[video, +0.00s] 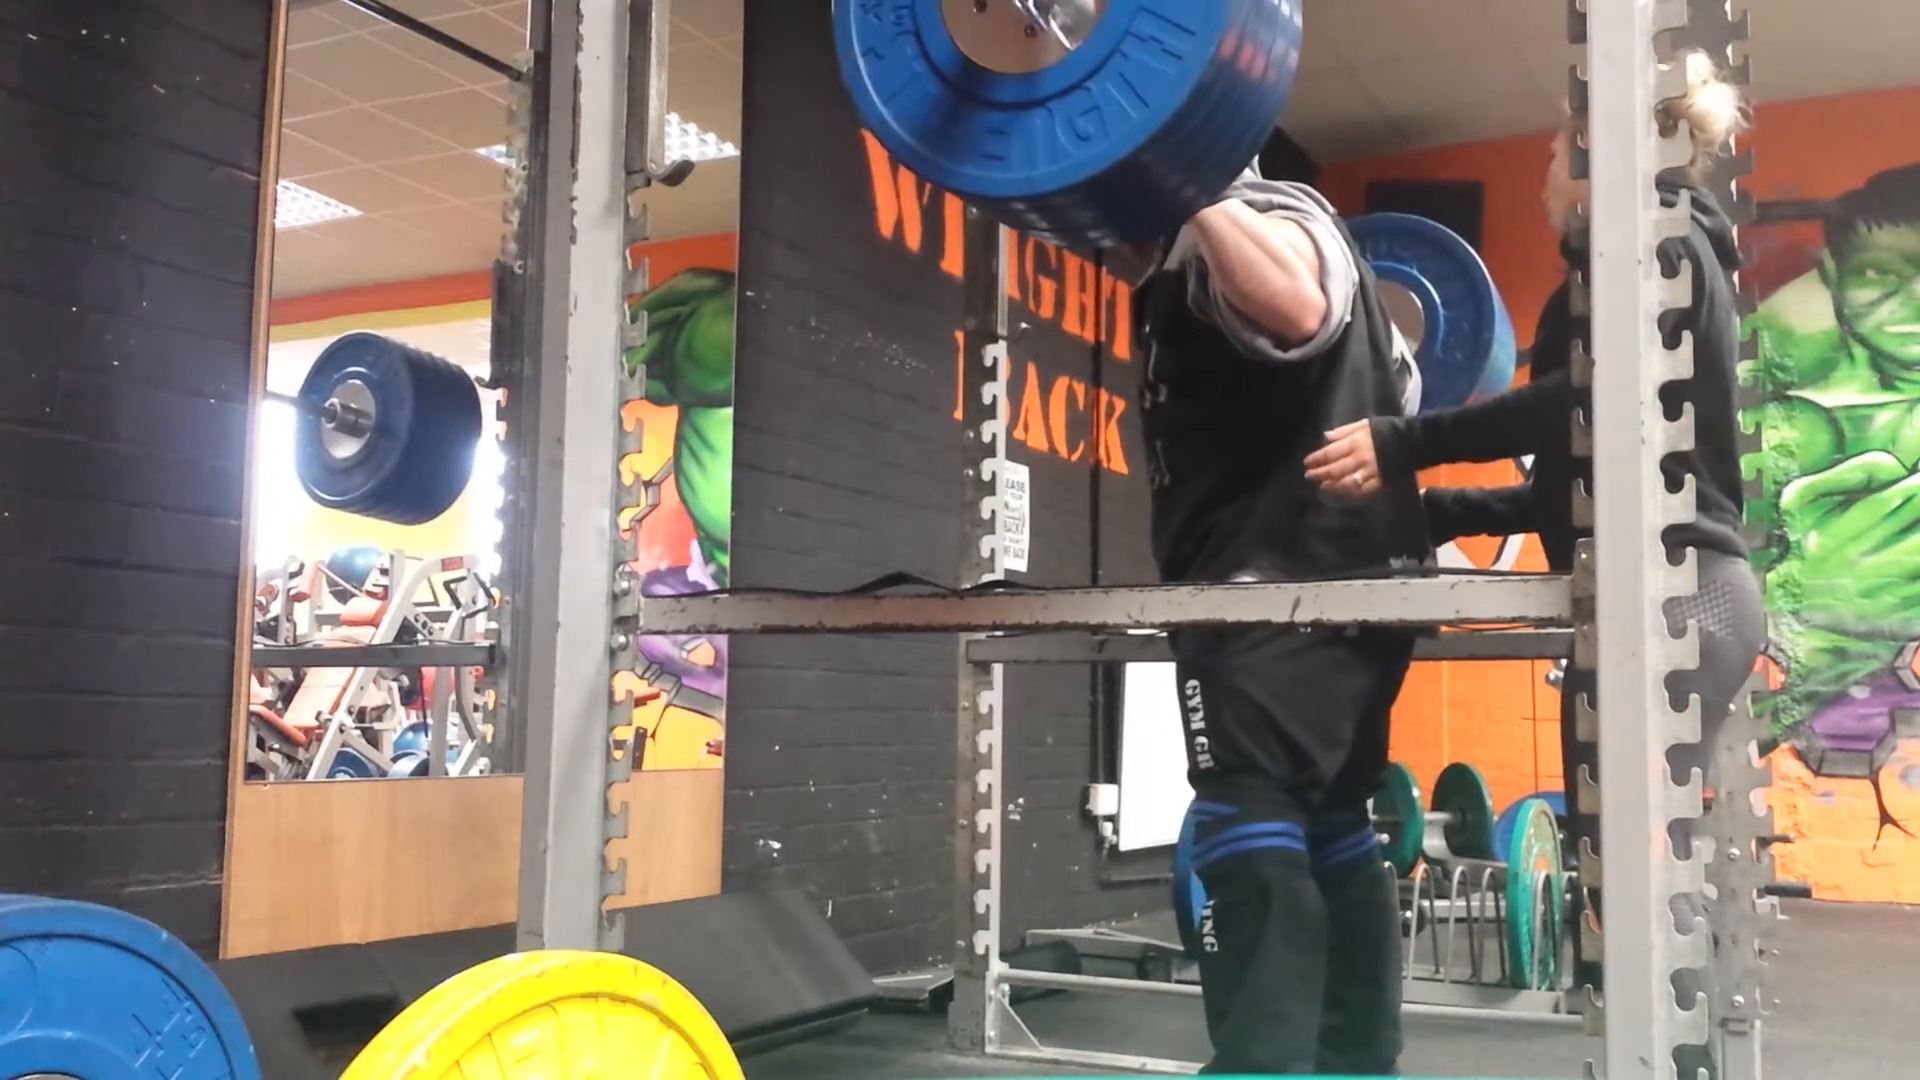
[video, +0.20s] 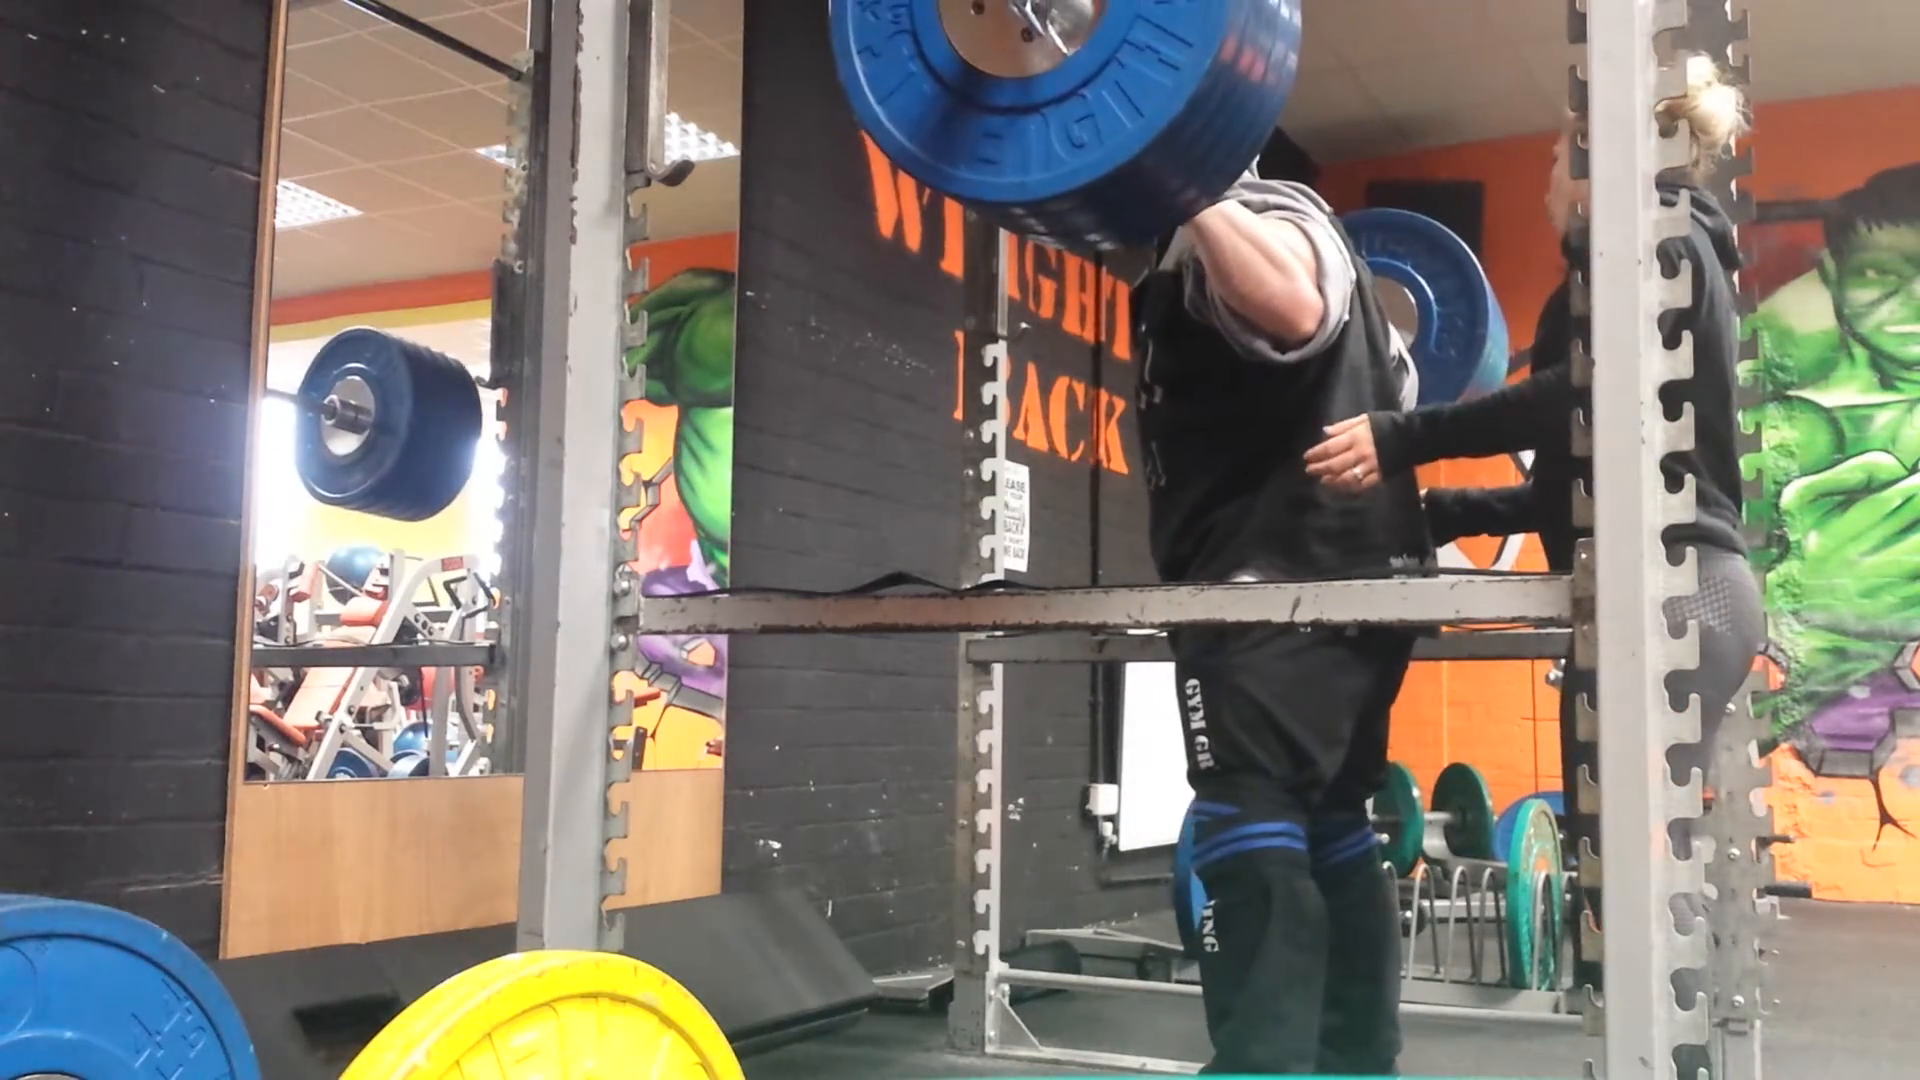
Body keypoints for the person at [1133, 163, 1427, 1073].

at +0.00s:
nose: (1103, 239)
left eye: (1107, 214)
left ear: (1165, 166)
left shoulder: (1259, 212)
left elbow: (1295, 305)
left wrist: (1190, 195)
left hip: (1282, 582)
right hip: (1356, 581)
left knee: (1249, 818)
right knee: (1332, 819)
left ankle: (1261, 1061)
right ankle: (1356, 1059)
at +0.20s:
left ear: (1184, 147)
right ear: (1257, 146)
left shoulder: (1255, 212)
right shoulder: (1319, 230)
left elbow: (1290, 306)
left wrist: (1187, 192)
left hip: (1279, 586)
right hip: (1357, 586)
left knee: (1248, 822)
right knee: (1333, 822)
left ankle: (1261, 1061)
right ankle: (1356, 1060)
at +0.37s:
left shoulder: (1258, 212)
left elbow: (1287, 310)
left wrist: (1177, 190)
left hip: (1276, 583)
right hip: (1347, 584)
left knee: (1245, 824)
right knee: (1329, 821)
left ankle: (1261, 1061)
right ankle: (1355, 1060)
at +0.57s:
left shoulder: (1257, 210)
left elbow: (1286, 311)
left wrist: (1174, 192)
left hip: (1269, 587)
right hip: (1344, 587)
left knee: (1232, 830)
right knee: (1322, 829)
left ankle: (1256, 1062)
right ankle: (1353, 1063)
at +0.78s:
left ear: (1166, 148)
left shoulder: (1251, 223)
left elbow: (1260, 325)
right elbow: (1379, 306)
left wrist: (1170, 193)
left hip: (1290, 595)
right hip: (1340, 591)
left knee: (1227, 820)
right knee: (1312, 820)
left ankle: (1251, 1062)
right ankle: (1349, 1059)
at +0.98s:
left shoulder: (1268, 275)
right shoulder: (1157, 312)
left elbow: (1283, 380)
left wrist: (1173, 266)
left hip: (1326, 616)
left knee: (1189, 829)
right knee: (1282, 833)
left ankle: (1240, 1069)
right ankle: (1351, 1064)